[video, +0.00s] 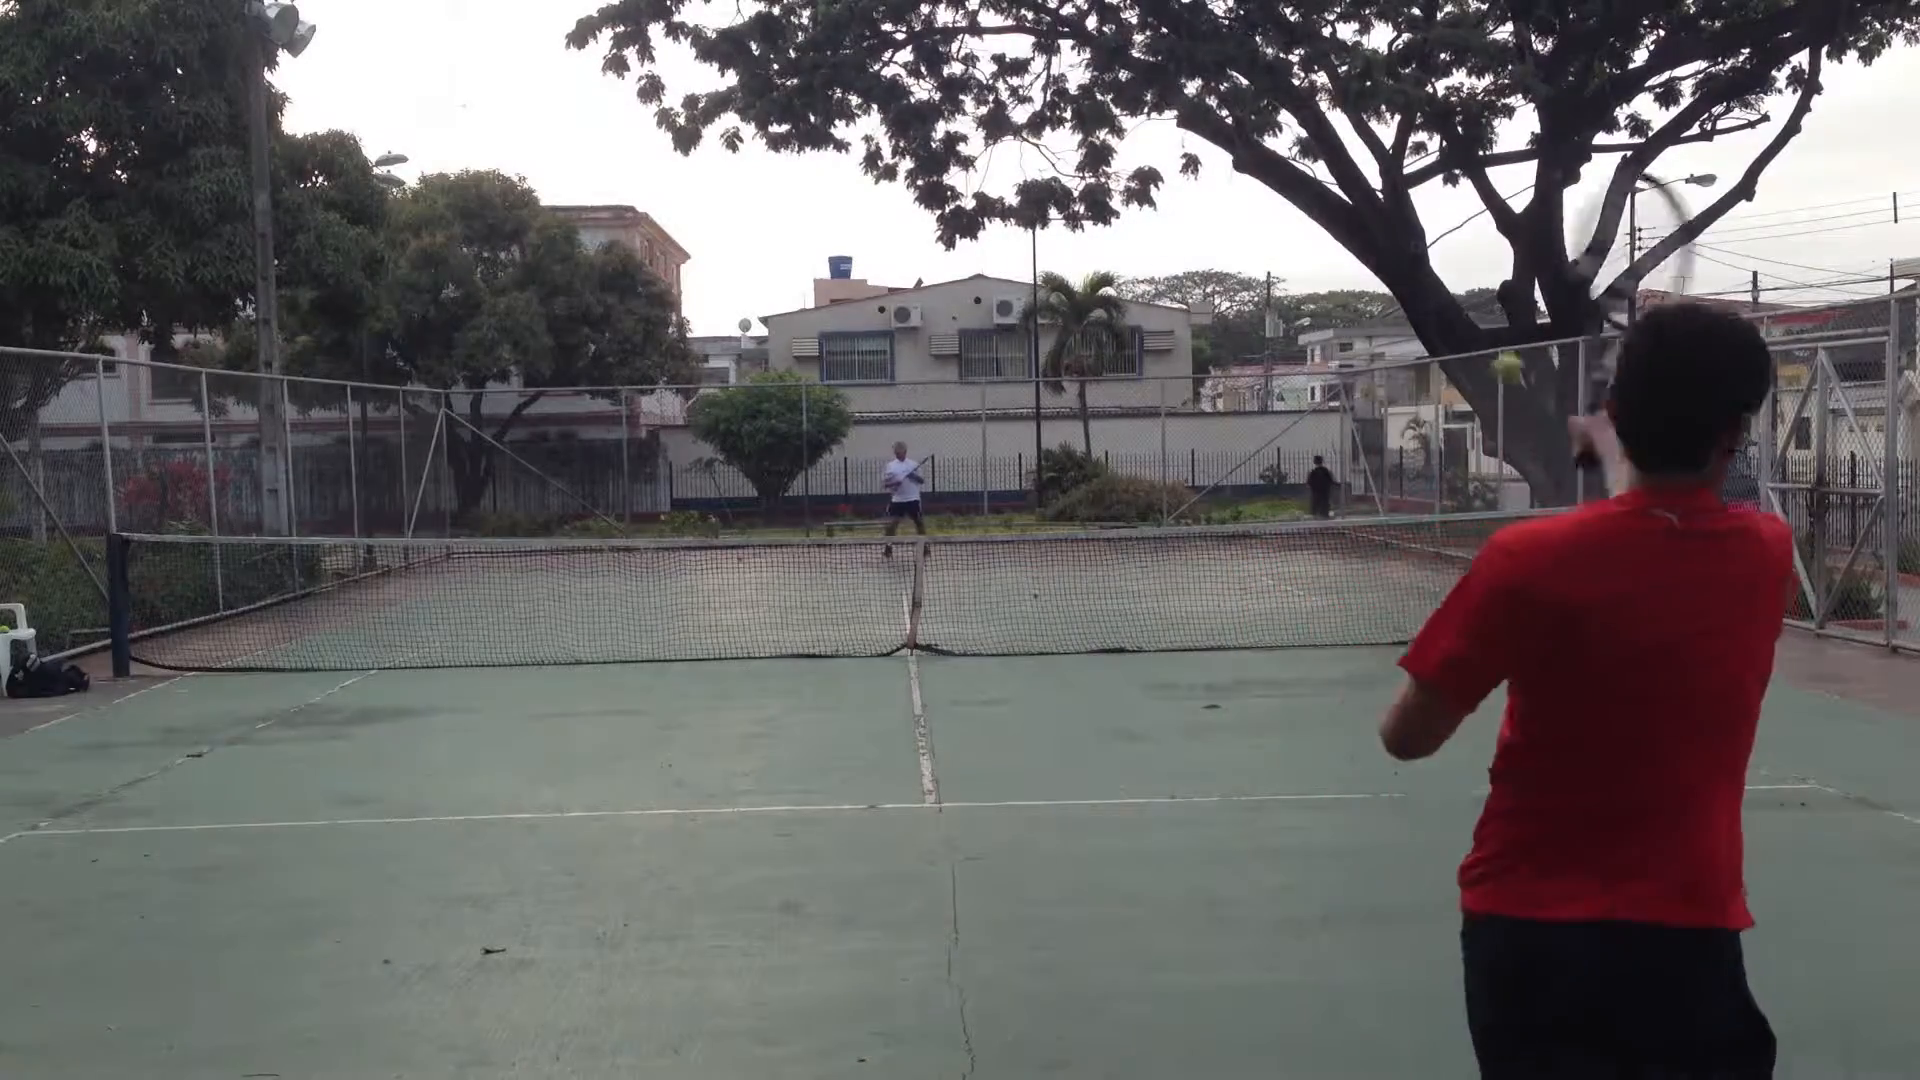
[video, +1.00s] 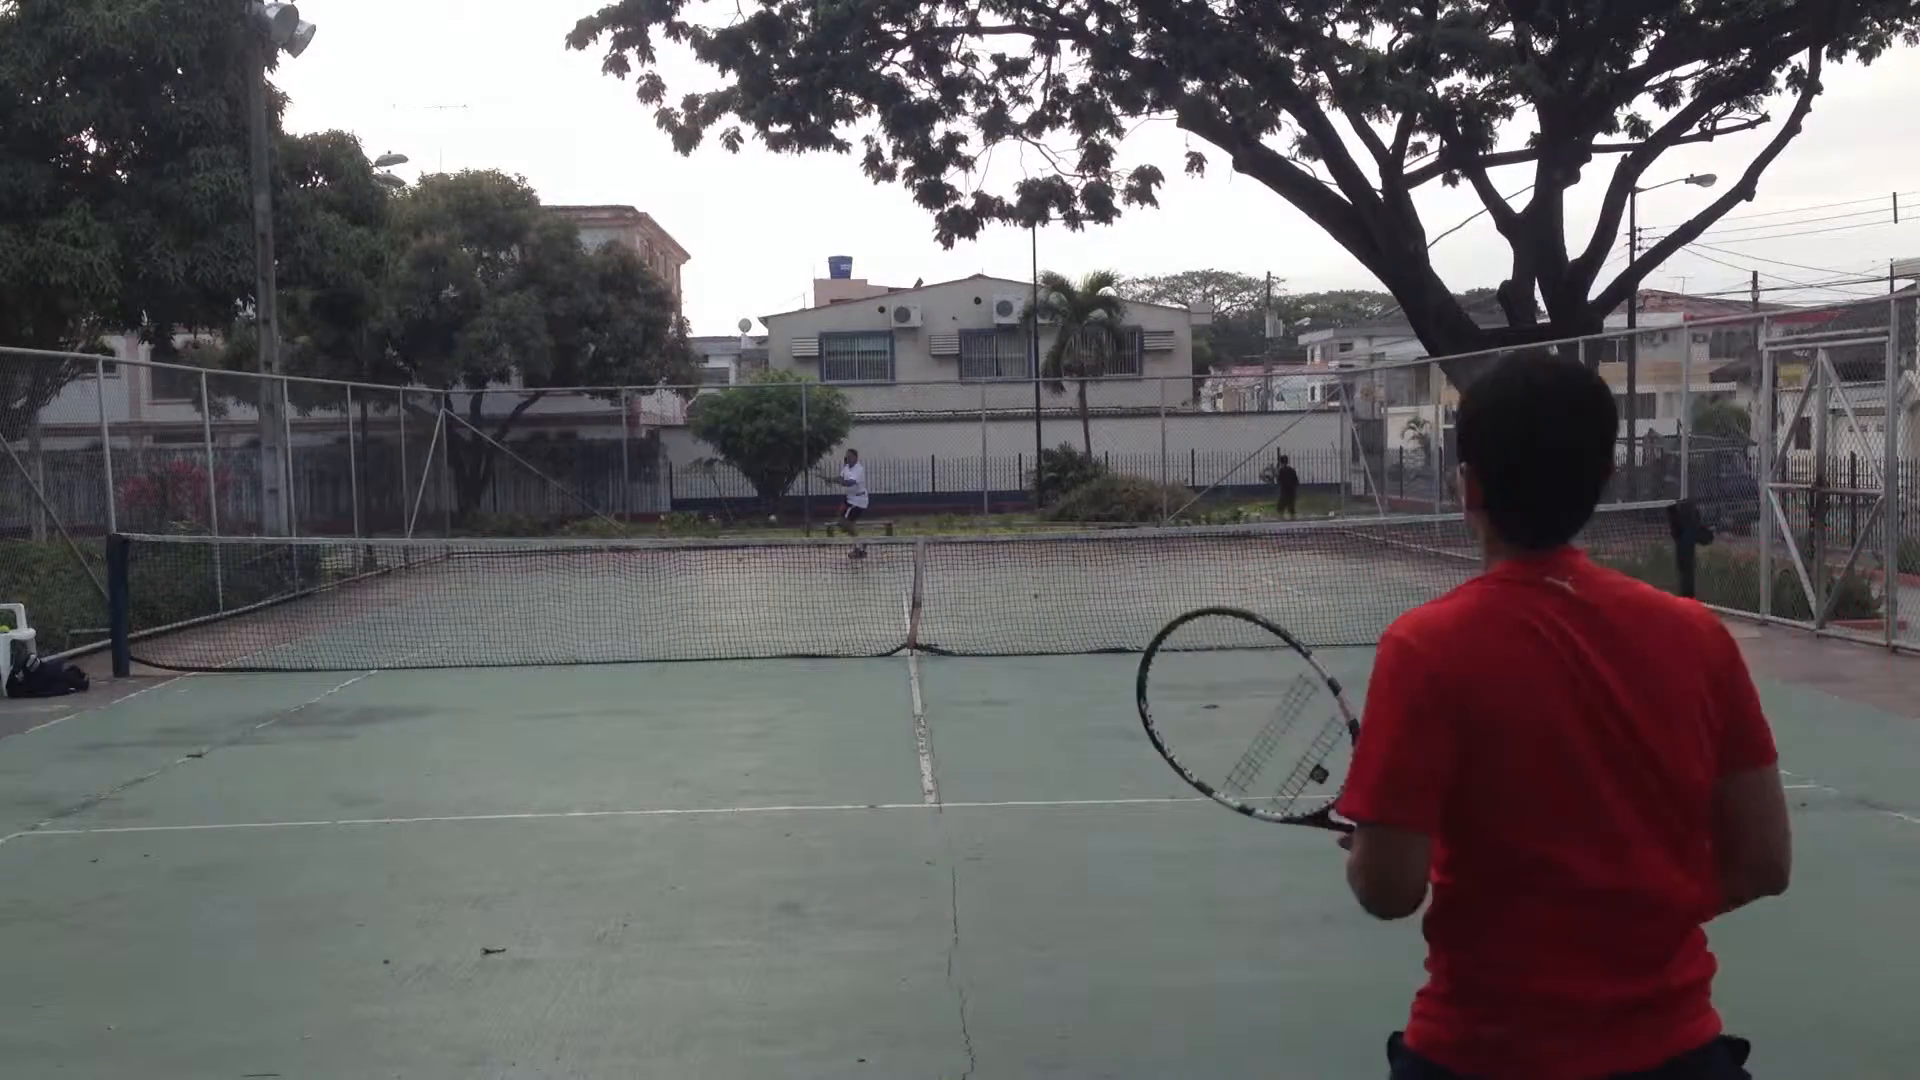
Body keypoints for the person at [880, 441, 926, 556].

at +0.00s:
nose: (900, 455)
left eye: (902, 452)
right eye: (898, 453)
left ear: (906, 452)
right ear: (894, 453)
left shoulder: (913, 464)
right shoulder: (890, 466)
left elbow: (921, 480)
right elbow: (887, 483)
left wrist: (911, 475)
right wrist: (896, 483)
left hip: (913, 499)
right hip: (897, 499)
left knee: (919, 523)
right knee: (891, 524)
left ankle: (924, 545)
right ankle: (888, 546)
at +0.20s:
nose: (903, 453)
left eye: (905, 450)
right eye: (901, 451)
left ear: (908, 450)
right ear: (897, 452)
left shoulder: (916, 463)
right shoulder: (893, 465)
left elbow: (924, 479)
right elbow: (888, 483)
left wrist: (916, 474)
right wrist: (896, 483)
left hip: (915, 499)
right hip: (899, 500)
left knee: (920, 524)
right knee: (893, 524)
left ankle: (925, 545)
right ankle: (889, 546)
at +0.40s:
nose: (899, 452)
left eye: (901, 449)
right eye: (897, 450)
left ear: (905, 450)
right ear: (894, 451)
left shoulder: (912, 463)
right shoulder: (890, 465)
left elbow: (919, 480)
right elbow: (883, 481)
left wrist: (908, 476)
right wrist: (890, 483)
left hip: (911, 499)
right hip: (896, 499)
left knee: (918, 523)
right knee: (890, 523)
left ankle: (923, 545)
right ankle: (892, 545)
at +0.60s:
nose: (885, 456)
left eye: (887, 453)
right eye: (883, 453)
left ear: (891, 453)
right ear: (880, 454)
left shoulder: (898, 466)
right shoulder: (877, 468)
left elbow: (905, 483)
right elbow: (868, 481)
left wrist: (892, 480)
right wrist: (874, 483)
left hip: (898, 499)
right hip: (885, 500)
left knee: (903, 522)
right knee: (886, 524)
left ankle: (918, 539)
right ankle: (898, 543)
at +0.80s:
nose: (868, 455)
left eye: (870, 453)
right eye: (867, 453)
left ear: (875, 453)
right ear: (864, 453)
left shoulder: (881, 466)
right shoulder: (862, 465)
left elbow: (883, 484)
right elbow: (855, 476)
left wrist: (868, 480)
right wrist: (853, 475)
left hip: (879, 496)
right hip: (869, 496)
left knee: (875, 520)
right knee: (879, 521)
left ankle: (873, 546)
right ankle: (897, 543)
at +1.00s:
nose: (848, 459)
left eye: (850, 457)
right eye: (847, 457)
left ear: (856, 457)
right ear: (846, 458)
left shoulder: (859, 469)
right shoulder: (846, 468)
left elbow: (853, 482)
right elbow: (841, 478)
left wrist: (839, 482)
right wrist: (830, 480)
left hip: (859, 498)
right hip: (850, 497)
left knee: (846, 522)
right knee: (845, 523)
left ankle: (860, 544)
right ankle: (858, 546)